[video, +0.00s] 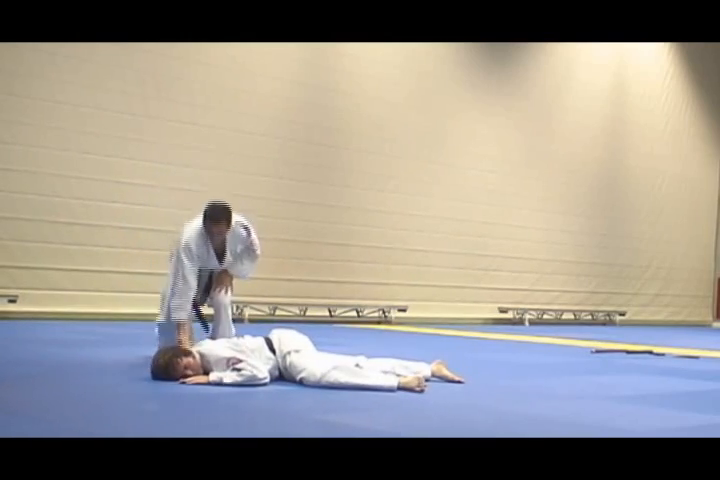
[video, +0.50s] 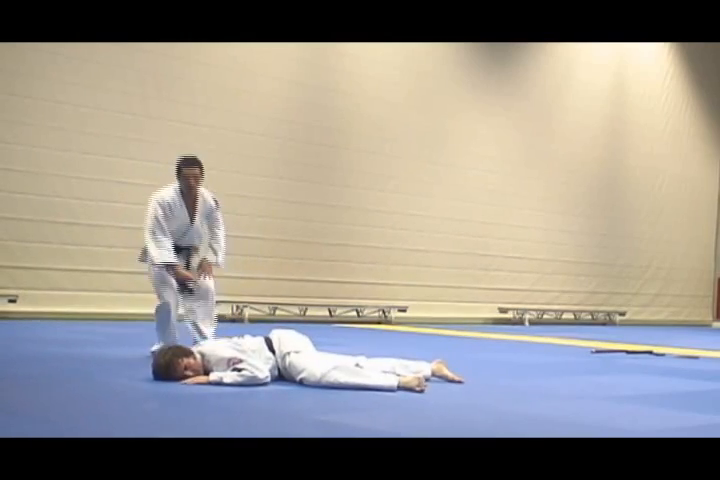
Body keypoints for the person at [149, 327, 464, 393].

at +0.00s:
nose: (189, 371)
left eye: (185, 366)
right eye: (182, 372)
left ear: (188, 354)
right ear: (182, 370)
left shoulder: (212, 351)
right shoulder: (204, 356)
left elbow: (259, 373)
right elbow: (235, 365)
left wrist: (213, 379)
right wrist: (207, 368)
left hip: (280, 346)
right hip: (281, 351)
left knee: (315, 373)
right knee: (351, 364)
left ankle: (399, 381)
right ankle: (427, 369)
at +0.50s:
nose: (189, 375)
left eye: (185, 370)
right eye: (183, 375)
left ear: (189, 359)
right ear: (184, 364)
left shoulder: (213, 351)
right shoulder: (203, 352)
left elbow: (259, 372)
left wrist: (214, 379)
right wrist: (207, 369)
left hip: (280, 348)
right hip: (280, 349)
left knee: (317, 373)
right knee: (350, 365)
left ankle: (400, 381)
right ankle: (427, 368)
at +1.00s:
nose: (175, 359)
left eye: (175, 353)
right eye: (173, 354)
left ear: (189, 344)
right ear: (189, 341)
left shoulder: (223, 341)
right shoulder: (210, 347)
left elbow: (272, 347)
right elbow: (237, 356)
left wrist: (255, 374)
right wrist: (220, 370)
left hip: (292, 355)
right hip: (292, 350)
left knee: (324, 377)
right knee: (357, 363)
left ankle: (397, 381)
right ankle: (434, 353)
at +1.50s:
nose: (198, 283)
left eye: (201, 278)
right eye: (198, 278)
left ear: (215, 278)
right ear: (220, 274)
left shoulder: (247, 295)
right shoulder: (227, 297)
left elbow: (262, 339)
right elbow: (234, 336)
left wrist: (258, 375)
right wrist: (230, 366)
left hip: (304, 336)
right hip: (294, 350)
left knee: (318, 375)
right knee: (363, 366)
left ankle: (393, 377)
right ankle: (433, 347)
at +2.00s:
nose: (239, 280)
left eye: (239, 275)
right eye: (238, 275)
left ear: (250, 273)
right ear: (262, 262)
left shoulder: (283, 281)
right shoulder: (277, 279)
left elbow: (279, 331)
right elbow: (256, 324)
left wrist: (263, 374)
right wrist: (234, 362)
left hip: (353, 301)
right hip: (364, 298)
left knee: (321, 369)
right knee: (374, 367)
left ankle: (386, 367)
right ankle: (439, 363)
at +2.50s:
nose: (267, 243)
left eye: (266, 238)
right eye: (266, 237)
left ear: (273, 239)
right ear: (293, 226)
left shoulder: (286, 264)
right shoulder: (325, 236)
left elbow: (272, 316)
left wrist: (251, 360)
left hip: (353, 304)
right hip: (379, 292)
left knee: (326, 370)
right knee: (381, 359)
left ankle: (379, 371)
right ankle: (437, 374)